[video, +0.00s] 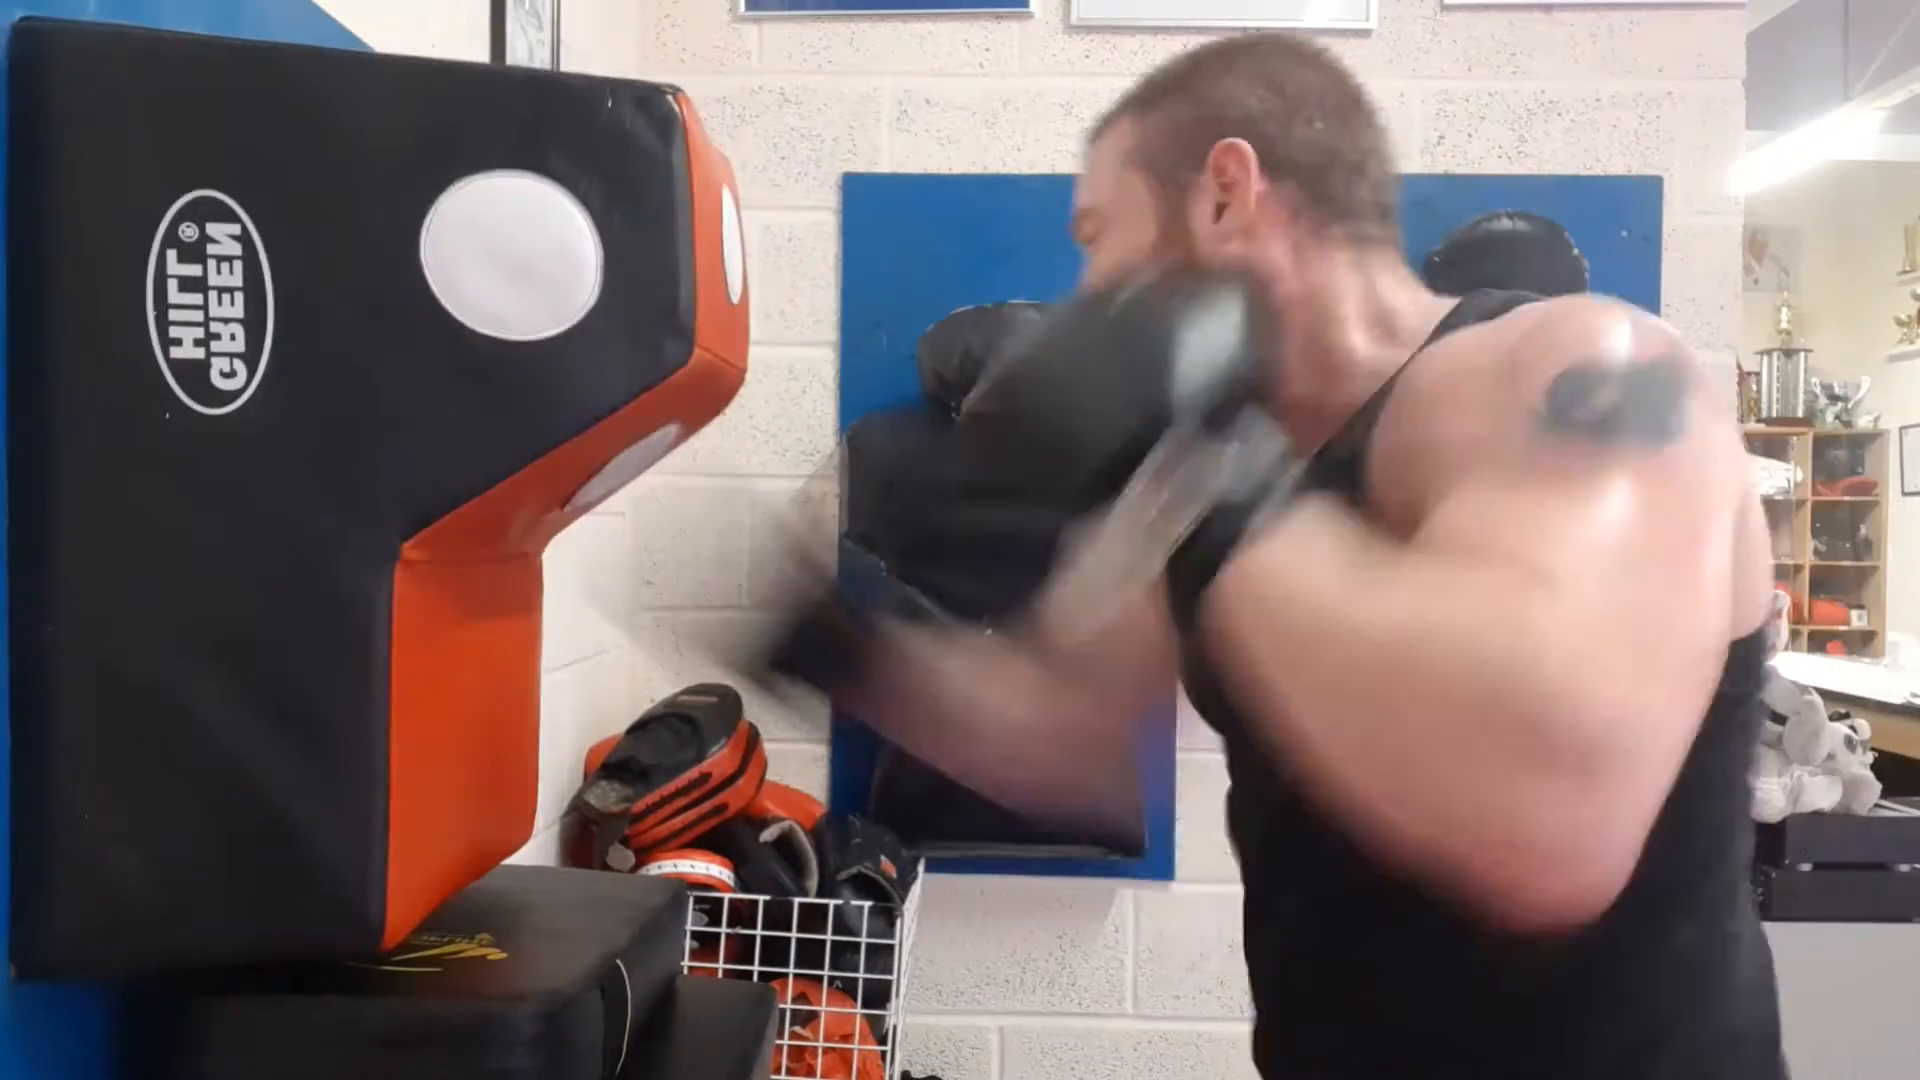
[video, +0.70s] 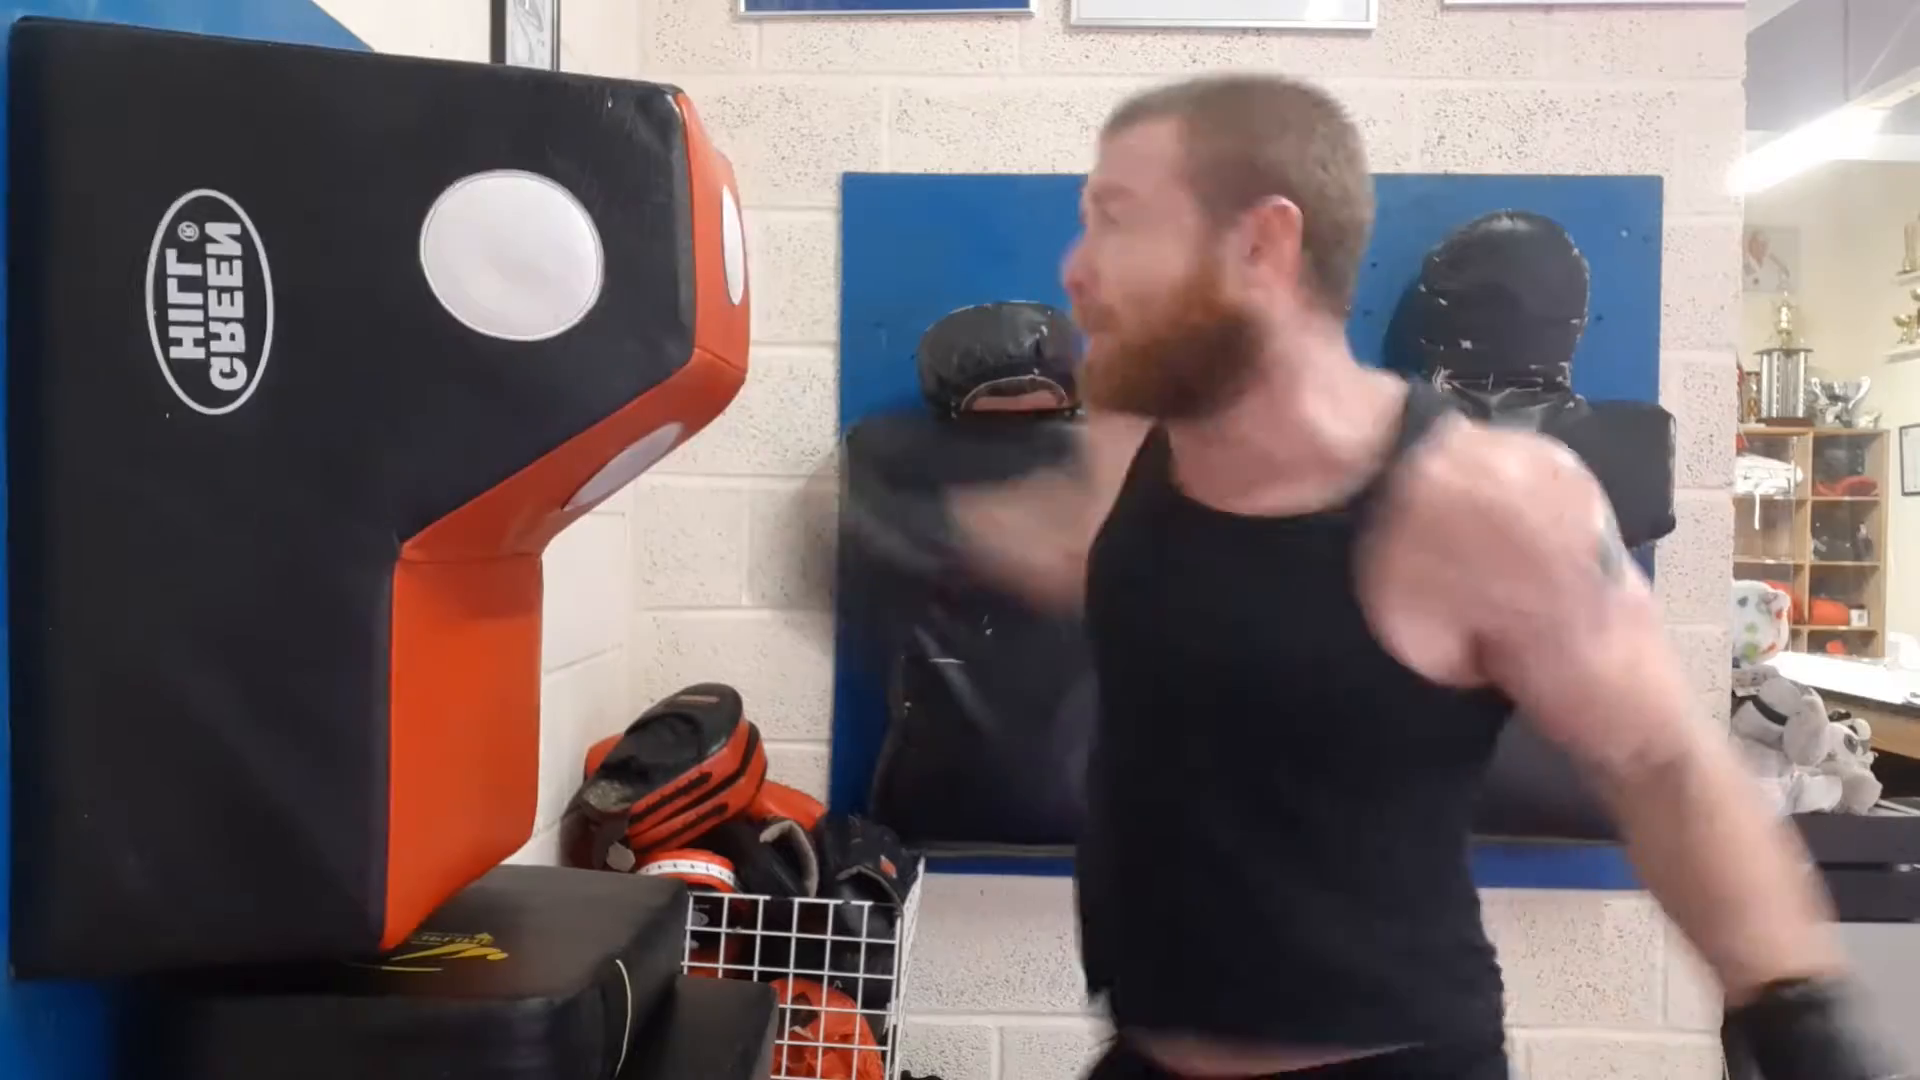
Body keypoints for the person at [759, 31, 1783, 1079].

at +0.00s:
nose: (1086, 292)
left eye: (1097, 235)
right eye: (1080, 247)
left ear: (1229, 195)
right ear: (1230, 204)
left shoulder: (1589, 367)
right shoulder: (1229, 469)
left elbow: (1552, 815)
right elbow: (1085, 744)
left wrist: (1203, 506)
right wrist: (860, 645)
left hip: (1611, 1050)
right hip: (1327, 1045)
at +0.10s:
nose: (1063, 276)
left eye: (1087, 229)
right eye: (1059, 241)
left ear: (1223, 190)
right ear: (1224, 197)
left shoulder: (1528, 331)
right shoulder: (1219, 463)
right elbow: (1102, 814)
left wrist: (1120, 396)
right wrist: (886, 719)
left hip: (1587, 1048)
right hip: (1328, 1051)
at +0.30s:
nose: (1096, 438)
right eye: (1096, 416)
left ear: (1194, 359)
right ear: (1304, 385)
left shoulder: (1188, 442)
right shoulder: (1447, 614)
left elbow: (886, 720)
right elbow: (1573, 945)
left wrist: (1030, 528)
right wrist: (1353, 1011)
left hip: (1189, 1036)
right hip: (1371, 1052)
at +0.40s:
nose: (1047, 469)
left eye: (1072, 429)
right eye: (1058, 434)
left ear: (1177, 418)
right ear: (1200, 425)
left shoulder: (1213, 506)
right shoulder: (1383, 619)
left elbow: (929, 688)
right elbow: (1507, 970)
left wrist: (900, 571)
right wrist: (1328, 1036)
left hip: (1192, 1045)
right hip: (1349, 1052)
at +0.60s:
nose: (1074, 286)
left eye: (1121, 239)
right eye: (1074, 253)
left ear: (1271, 257)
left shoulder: (1475, 489)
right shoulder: (1071, 469)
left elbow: (1650, 743)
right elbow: (868, 506)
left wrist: (1717, 999)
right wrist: (751, 410)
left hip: (1407, 1051)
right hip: (1148, 1046)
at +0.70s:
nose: (1072, 271)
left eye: (1110, 224)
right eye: (1085, 225)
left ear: (1263, 247)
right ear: (1255, 249)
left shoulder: (1490, 504)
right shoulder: (1137, 455)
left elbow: (1667, 771)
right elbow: (1097, 568)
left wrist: (1798, 1022)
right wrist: (929, 535)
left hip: (1385, 1057)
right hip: (1152, 1052)